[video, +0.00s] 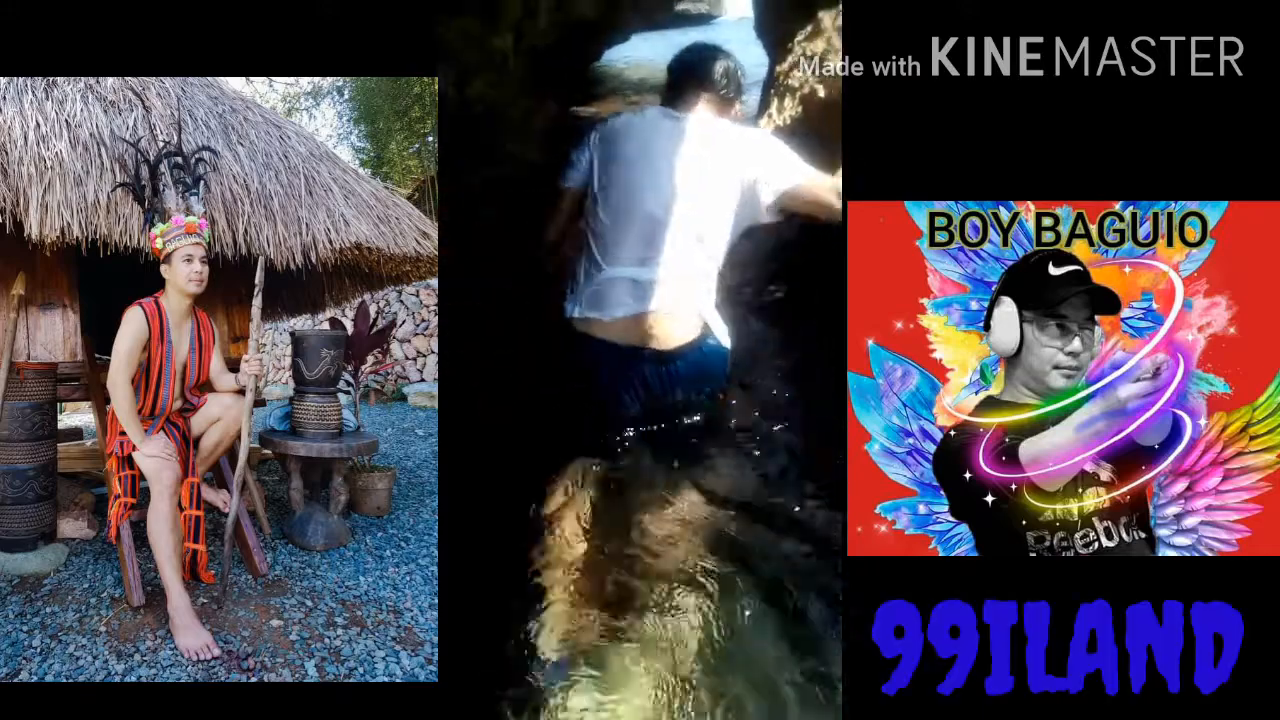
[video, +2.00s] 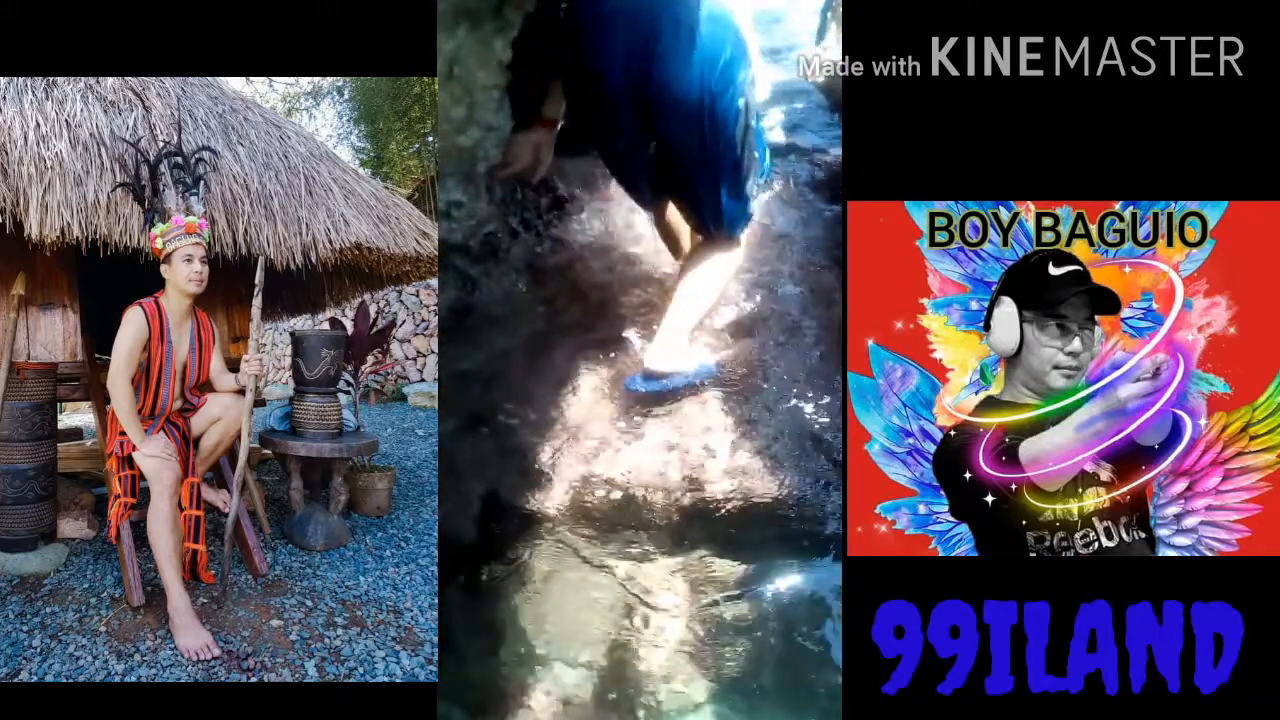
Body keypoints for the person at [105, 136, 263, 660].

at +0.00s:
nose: (198, 268)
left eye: (203, 260)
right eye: (187, 261)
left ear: (207, 266)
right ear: (164, 267)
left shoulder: (206, 323)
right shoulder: (142, 316)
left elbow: (221, 382)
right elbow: (117, 380)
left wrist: (244, 380)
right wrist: (138, 439)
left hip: (180, 420)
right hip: (140, 424)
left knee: (238, 406)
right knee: (169, 477)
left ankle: (191, 478)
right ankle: (179, 607)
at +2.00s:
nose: (198, 268)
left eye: (203, 260)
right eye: (187, 261)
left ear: (207, 267)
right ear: (164, 267)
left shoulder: (205, 323)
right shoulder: (142, 316)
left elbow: (220, 381)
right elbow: (117, 380)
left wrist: (244, 380)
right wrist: (139, 440)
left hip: (180, 419)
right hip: (141, 425)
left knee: (238, 407)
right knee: (169, 477)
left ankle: (191, 478)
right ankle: (179, 607)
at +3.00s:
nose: (198, 268)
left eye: (203, 260)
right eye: (187, 260)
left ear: (208, 267)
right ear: (165, 267)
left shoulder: (206, 324)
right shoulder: (142, 316)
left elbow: (220, 382)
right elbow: (117, 380)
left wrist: (243, 380)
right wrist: (138, 440)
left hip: (180, 419)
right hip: (140, 424)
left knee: (237, 407)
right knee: (169, 477)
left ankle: (191, 478)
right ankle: (179, 606)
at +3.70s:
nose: (198, 268)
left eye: (203, 260)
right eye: (187, 260)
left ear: (208, 267)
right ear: (165, 267)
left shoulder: (206, 324)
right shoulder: (142, 316)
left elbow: (220, 382)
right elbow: (117, 380)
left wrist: (243, 380)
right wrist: (138, 440)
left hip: (180, 419)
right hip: (140, 424)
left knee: (237, 407)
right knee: (169, 477)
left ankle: (191, 478)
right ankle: (179, 606)